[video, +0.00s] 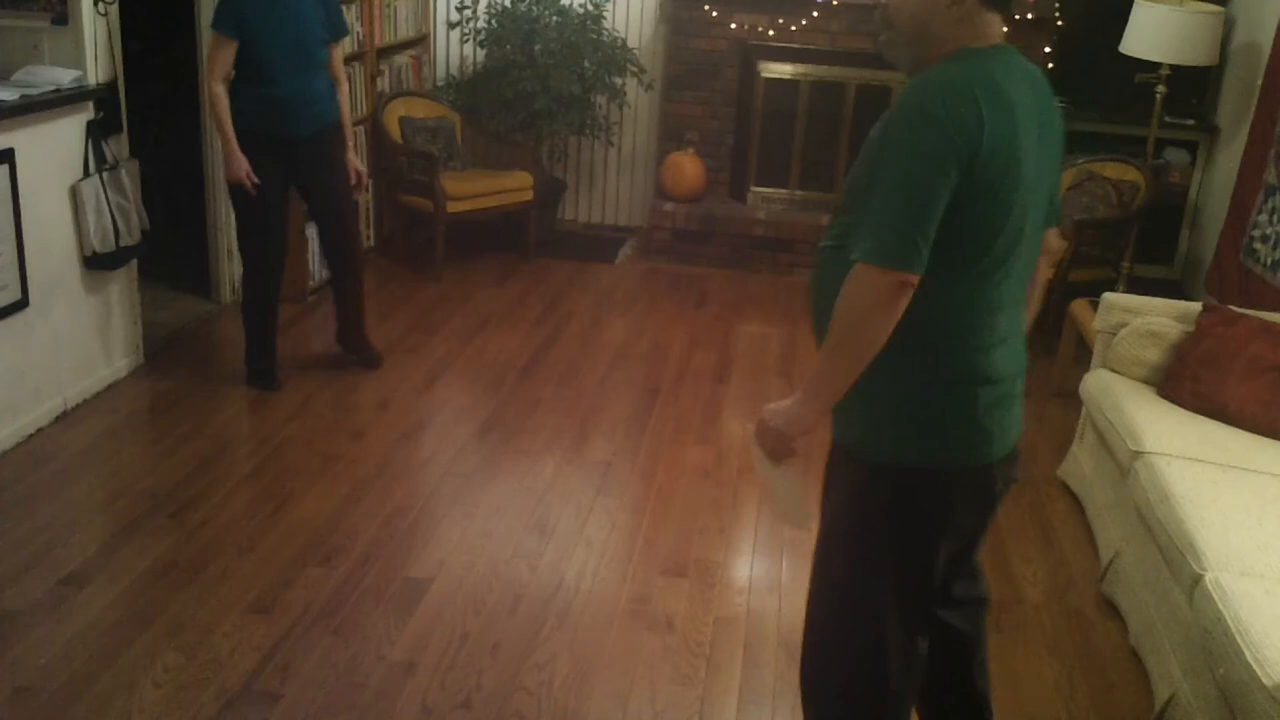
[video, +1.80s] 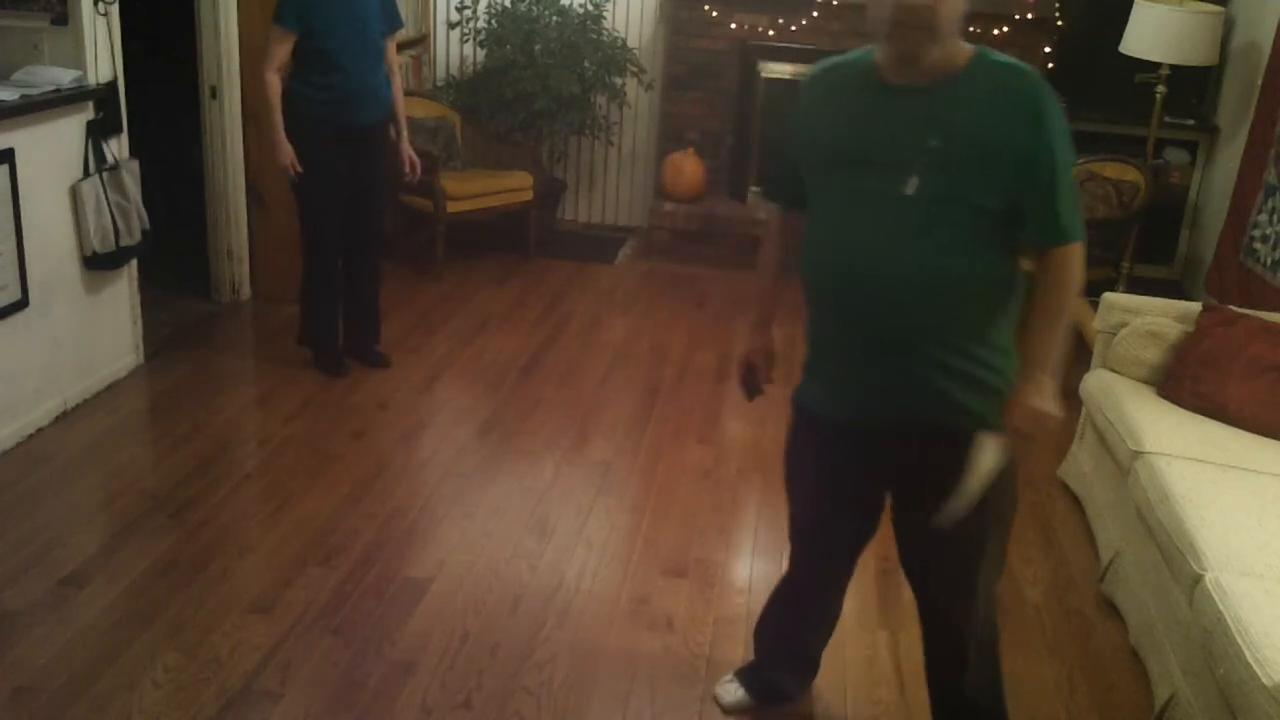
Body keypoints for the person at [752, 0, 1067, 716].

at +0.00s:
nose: (878, 14)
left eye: (891, 0)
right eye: (880, 3)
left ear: (950, 2)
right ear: (972, 8)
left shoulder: (938, 100)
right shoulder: (1029, 90)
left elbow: (888, 277)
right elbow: (1044, 243)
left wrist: (805, 404)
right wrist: (1002, 342)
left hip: (905, 440)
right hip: (982, 432)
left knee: (857, 643)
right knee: (947, 609)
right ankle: (958, 713)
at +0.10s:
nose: (869, 14)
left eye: (880, 1)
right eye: (872, 3)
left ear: (938, 3)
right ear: (964, 8)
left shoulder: (935, 100)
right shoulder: (1008, 88)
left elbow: (882, 280)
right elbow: (993, 268)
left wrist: (798, 404)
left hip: (894, 440)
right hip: (952, 431)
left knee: (850, 657)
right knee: (921, 620)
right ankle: (947, 709)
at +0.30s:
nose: (834, 13)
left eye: (851, 2)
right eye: (839, 3)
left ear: (915, 6)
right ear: (925, 11)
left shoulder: (923, 105)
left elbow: (881, 290)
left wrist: (778, 417)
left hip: (869, 444)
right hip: (855, 431)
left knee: (848, 642)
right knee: (841, 614)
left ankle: (845, 714)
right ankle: (830, 700)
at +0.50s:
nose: (818, 10)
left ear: (907, 8)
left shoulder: (928, 107)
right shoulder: (822, 89)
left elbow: (922, 283)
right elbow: (794, 234)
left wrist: (839, 417)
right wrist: (750, 340)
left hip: (870, 430)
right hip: (790, 401)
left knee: (837, 608)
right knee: (768, 574)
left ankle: (831, 710)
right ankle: (767, 690)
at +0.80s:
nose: (803, 9)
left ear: (871, 3)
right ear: (777, 3)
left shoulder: (919, 94)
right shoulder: (739, 66)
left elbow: (956, 253)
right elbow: (700, 197)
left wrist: (960, 384)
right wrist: (676, 309)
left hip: (855, 384)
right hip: (753, 369)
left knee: (824, 560)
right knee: (756, 540)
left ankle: (806, 705)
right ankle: (767, 678)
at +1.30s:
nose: (812, 3)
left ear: (866, 1)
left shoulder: (915, 82)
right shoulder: (724, 73)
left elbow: (955, 224)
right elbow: (688, 202)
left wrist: (966, 349)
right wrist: (675, 320)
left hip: (878, 379)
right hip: (761, 373)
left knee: (890, 561)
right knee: (771, 546)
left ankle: (910, 698)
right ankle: (774, 677)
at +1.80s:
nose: (912, 6)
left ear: (963, 5)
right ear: (871, 4)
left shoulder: (1020, 101)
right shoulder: (825, 91)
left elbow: (1060, 249)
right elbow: (787, 215)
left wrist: (1039, 379)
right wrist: (757, 324)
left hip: (962, 405)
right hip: (839, 391)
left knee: (959, 607)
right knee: (814, 558)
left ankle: (970, 713)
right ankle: (779, 677)